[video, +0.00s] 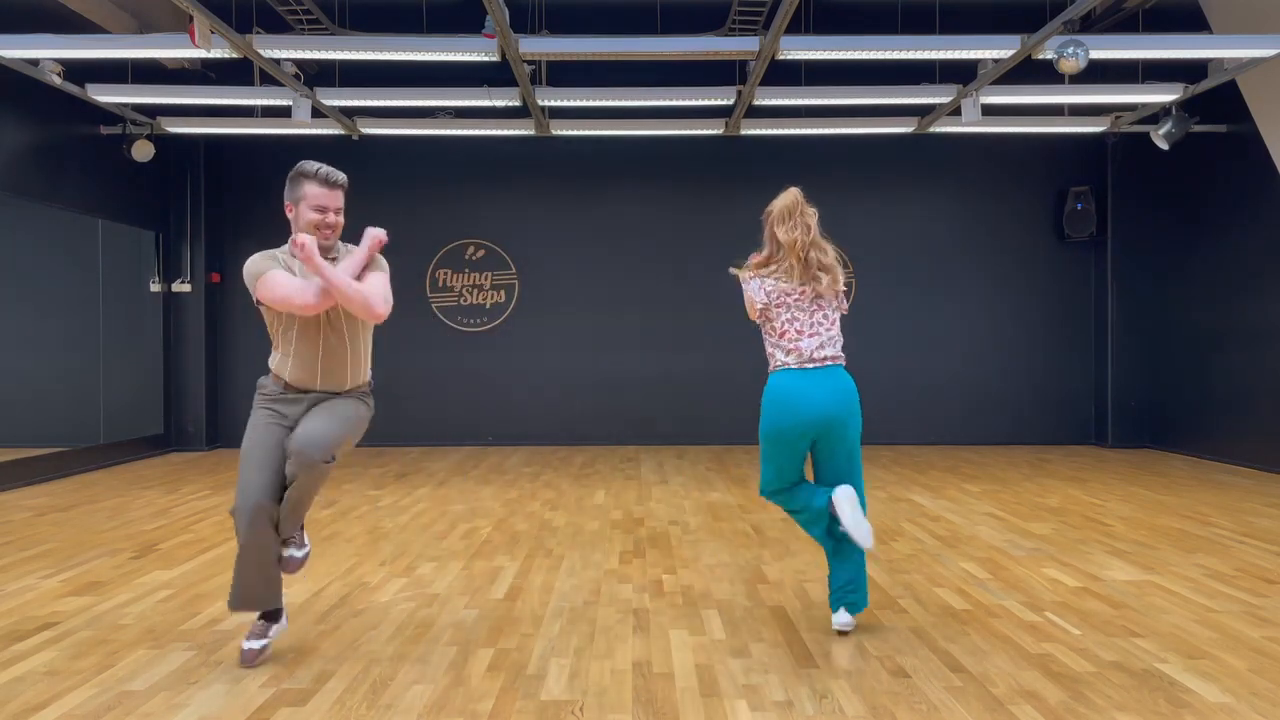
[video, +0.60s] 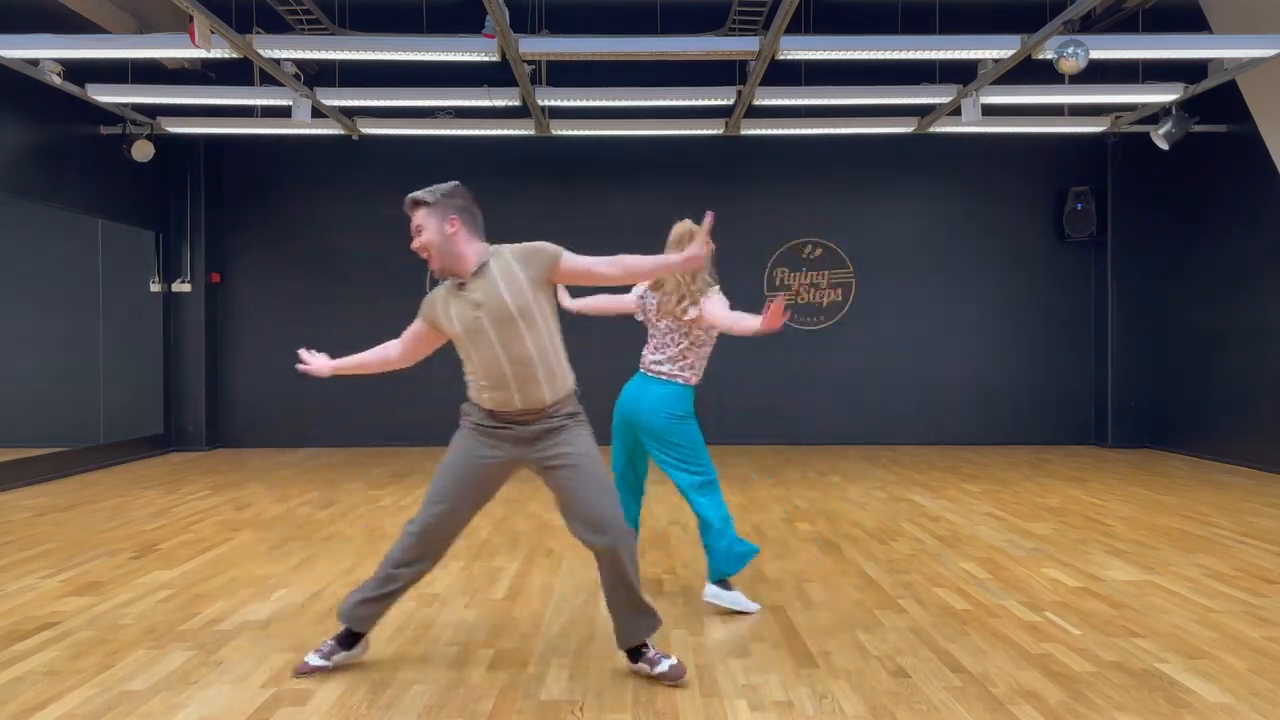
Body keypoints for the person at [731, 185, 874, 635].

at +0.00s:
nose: (769, 233)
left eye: (769, 228)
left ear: (772, 231)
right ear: (812, 229)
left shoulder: (757, 278)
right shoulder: (831, 269)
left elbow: (755, 314)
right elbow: (839, 308)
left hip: (786, 392)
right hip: (838, 388)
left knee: (781, 485)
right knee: (844, 497)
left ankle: (832, 502)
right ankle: (845, 604)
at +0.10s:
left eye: (774, 232)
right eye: (805, 231)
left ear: (766, 236)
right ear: (808, 236)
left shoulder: (748, 281)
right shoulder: (825, 276)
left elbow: (754, 332)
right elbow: (833, 317)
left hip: (771, 394)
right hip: (822, 393)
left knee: (770, 479)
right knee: (831, 494)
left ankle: (797, 520)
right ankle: (830, 602)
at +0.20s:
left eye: (762, 252)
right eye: (795, 250)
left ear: (759, 257)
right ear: (801, 255)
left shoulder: (740, 307)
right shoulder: (824, 302)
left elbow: (745, 371)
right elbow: (825, 369)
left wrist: (765, 407)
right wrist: (817, 413)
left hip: (758, 409)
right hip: (810, 408)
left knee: (742, 490)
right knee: (819, 505)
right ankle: (828, 603)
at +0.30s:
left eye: (745, 258)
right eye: (779, 257)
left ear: (744, 262)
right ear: (785, 260)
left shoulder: (730, 311)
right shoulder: (806, 306)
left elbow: (700, 366)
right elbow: (844, 356)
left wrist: (679, 393)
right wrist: (888, 393)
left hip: (736, 415)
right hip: (786, 415)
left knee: (707, 492)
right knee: (809, 508)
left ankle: (667, 563)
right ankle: (827, 604)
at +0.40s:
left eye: (730, 252)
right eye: (757, 250)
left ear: (722, 257)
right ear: (761, 255)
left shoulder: (703, 300)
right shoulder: (777, 297)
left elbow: (652, 317)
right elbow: (827, 305)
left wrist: (608, 316)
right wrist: (880, 295)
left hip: (701, 405)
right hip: (748, 408)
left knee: (673, 485)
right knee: (782, 501)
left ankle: (634, 556)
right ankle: (821, 593)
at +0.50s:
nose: (735, 254)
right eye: (734, 249)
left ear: (694, 254)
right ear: (731, 255)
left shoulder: (673, 292)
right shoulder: (742, 298)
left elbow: (625, 287)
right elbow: (782, 285)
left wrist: (588, 271)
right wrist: (815, 264)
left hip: (663, 397)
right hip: (707, 401)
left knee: (648, 486)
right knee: (739, 491)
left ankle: (627, 567)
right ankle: (782, 580)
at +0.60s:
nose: (712, 254)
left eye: (707, 248)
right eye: (708, 249)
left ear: (667, 258)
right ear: (702, 258)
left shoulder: (649, 294)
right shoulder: (708, 300)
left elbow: (606, 302)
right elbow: (723, 319)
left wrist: (571, 303)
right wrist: (762, 323)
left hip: (632, 397)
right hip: (670, 405)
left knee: (626, 487)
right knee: (703, 488)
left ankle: (620, 569)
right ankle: (720, 580)